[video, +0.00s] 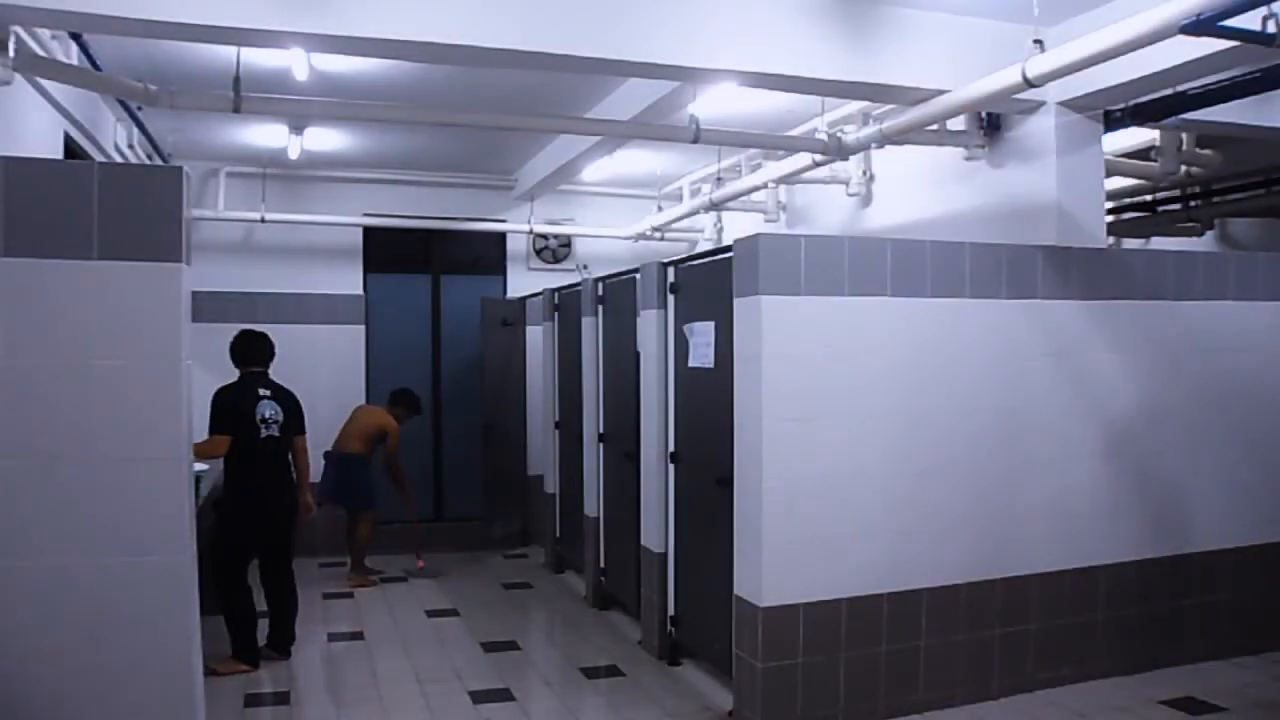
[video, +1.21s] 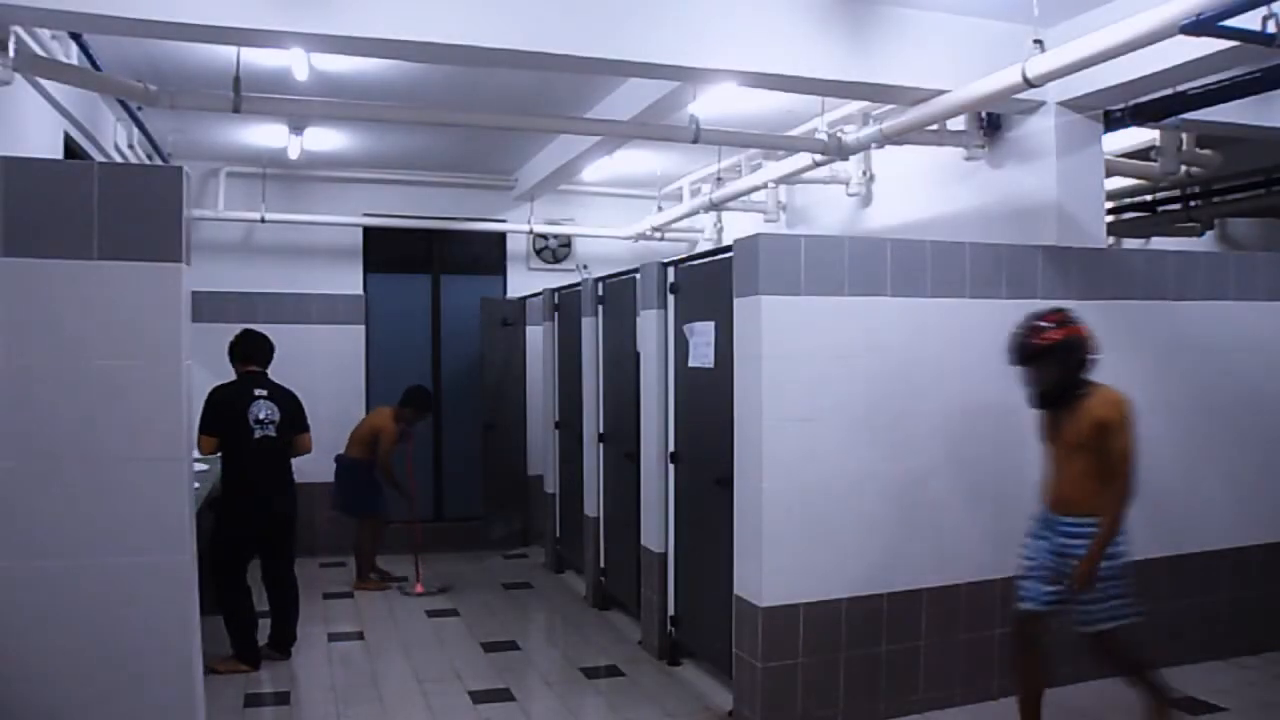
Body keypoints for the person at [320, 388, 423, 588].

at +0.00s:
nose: (405, 421)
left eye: (408, 417)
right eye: (407, 416)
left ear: (391, 402)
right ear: (402, 410)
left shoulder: (362, 410)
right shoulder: (390, 425)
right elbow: (391, 462)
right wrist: (404, 491)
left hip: (335, 462)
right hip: (355, 465)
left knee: (353, 516)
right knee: (365, 517)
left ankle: (357, 564)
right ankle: (357, 572)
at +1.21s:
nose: (416, 421)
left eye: (420, 417)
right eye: (417, 416)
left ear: (404, 405)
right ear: (409, 409)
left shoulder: (383, 413)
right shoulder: (389, 426)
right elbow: (383, 465)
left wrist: (398, 438)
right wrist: (401, 491)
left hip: (352, 465)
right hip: (356, 469)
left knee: (374, 520)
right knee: (367, 522)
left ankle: (370, 567)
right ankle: (362, 577)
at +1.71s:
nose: (435, 423)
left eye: (437, 419)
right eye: (435, 418)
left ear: (422, 408)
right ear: (427, 412)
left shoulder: (401, 417)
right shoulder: (411, 429)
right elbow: (404, 465)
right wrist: (419, 493)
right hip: (372, 468)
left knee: (387, 520)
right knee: (376, 522)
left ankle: (390, 569)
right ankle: (364, 576)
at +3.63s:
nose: (440, 418)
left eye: (442, 414)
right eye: (439, 413)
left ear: (423, 404)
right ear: (432, 410)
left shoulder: (399, 414)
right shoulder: (419, 428)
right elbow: (422, 461)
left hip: (373, 467)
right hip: (386, 473)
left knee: (387, 527)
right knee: (393, 528)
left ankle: (390, 574)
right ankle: (392, 578)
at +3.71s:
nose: (438, 418)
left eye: (440, 412)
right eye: (438, 412)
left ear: (421, 403)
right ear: (431, 409)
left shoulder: (396, 413)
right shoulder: (419, 429)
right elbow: (424, 465)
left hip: (372, 471)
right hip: (388, 479)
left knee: (383, 529)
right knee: (395, 530)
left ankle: (383, 576)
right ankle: (396, 579)